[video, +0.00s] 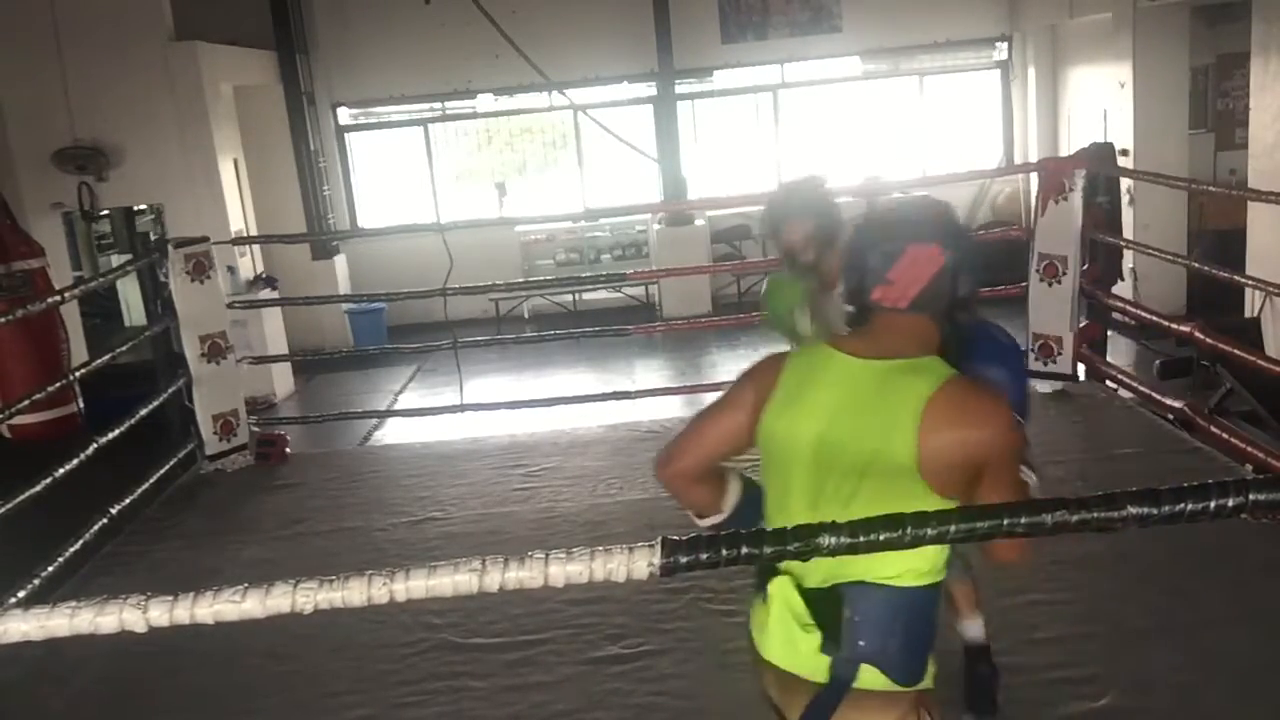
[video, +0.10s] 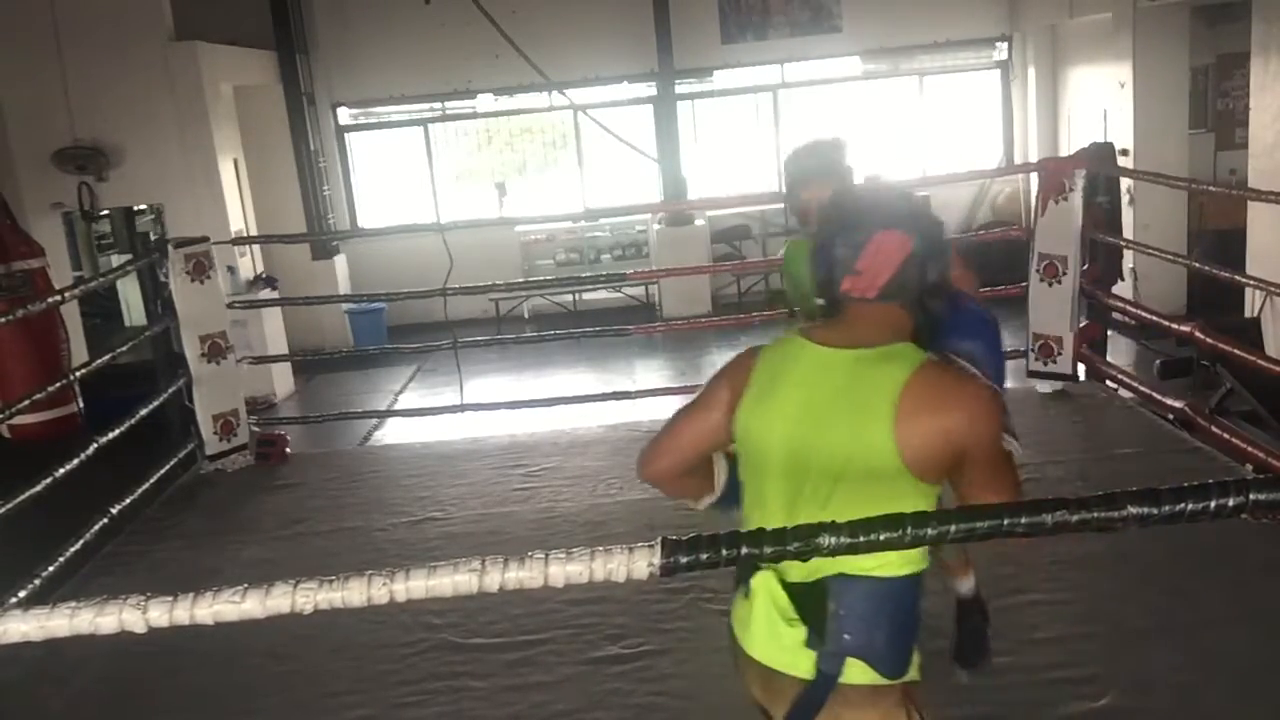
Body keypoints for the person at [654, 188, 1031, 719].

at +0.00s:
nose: (967, 297)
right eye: (963, 282)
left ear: (857, 281)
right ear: (952, 289)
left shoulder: (780, 376)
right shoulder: (973, 413)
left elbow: (679, 467)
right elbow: (1009, 547)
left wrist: (755, 520)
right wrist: (1017, 475)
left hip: (777, 646)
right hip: (875, 671)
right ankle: (980, 650)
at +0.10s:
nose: (948, 282)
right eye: (940, 268)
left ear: (832, 272)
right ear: (926, 280)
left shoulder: (756, 369)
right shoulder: (957, 399)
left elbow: (661, 465)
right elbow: (1000, 519)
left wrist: (737, 487)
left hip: (758, 646)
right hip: (860, 669)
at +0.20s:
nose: (921, 275)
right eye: (915, 262)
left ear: (809, 270)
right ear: (904, 273)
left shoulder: (744, 365)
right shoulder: (940, 388)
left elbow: (655, 465)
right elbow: (989, 503)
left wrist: (732, 453)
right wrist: (973, 420)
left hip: (746, 646)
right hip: (848, 668)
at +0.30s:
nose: (896, 279)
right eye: (889, 266)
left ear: (787, 272)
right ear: (879, 273)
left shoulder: (729, 369)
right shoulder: (913, 386)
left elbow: (655, 467)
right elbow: (969, 499)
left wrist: (744, 413)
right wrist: (947, 388)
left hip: (728, 650)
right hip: (827, 672)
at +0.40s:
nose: (864, 278)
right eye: (857, 264)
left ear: (763, 282)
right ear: (849, 276)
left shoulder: (717, 368)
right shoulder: (876, 378)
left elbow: (666, 472)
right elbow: (937, 508)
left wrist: (748, 434)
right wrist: (908, 423)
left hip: (699, 630)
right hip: (790, 649)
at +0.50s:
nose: (843, 283)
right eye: (837, 270)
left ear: (747, 282)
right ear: (828, 276)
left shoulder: (710, 364)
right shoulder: (861, 368)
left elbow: (670, 483)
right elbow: (910, 513)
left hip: (689, 624)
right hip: (772, 641)